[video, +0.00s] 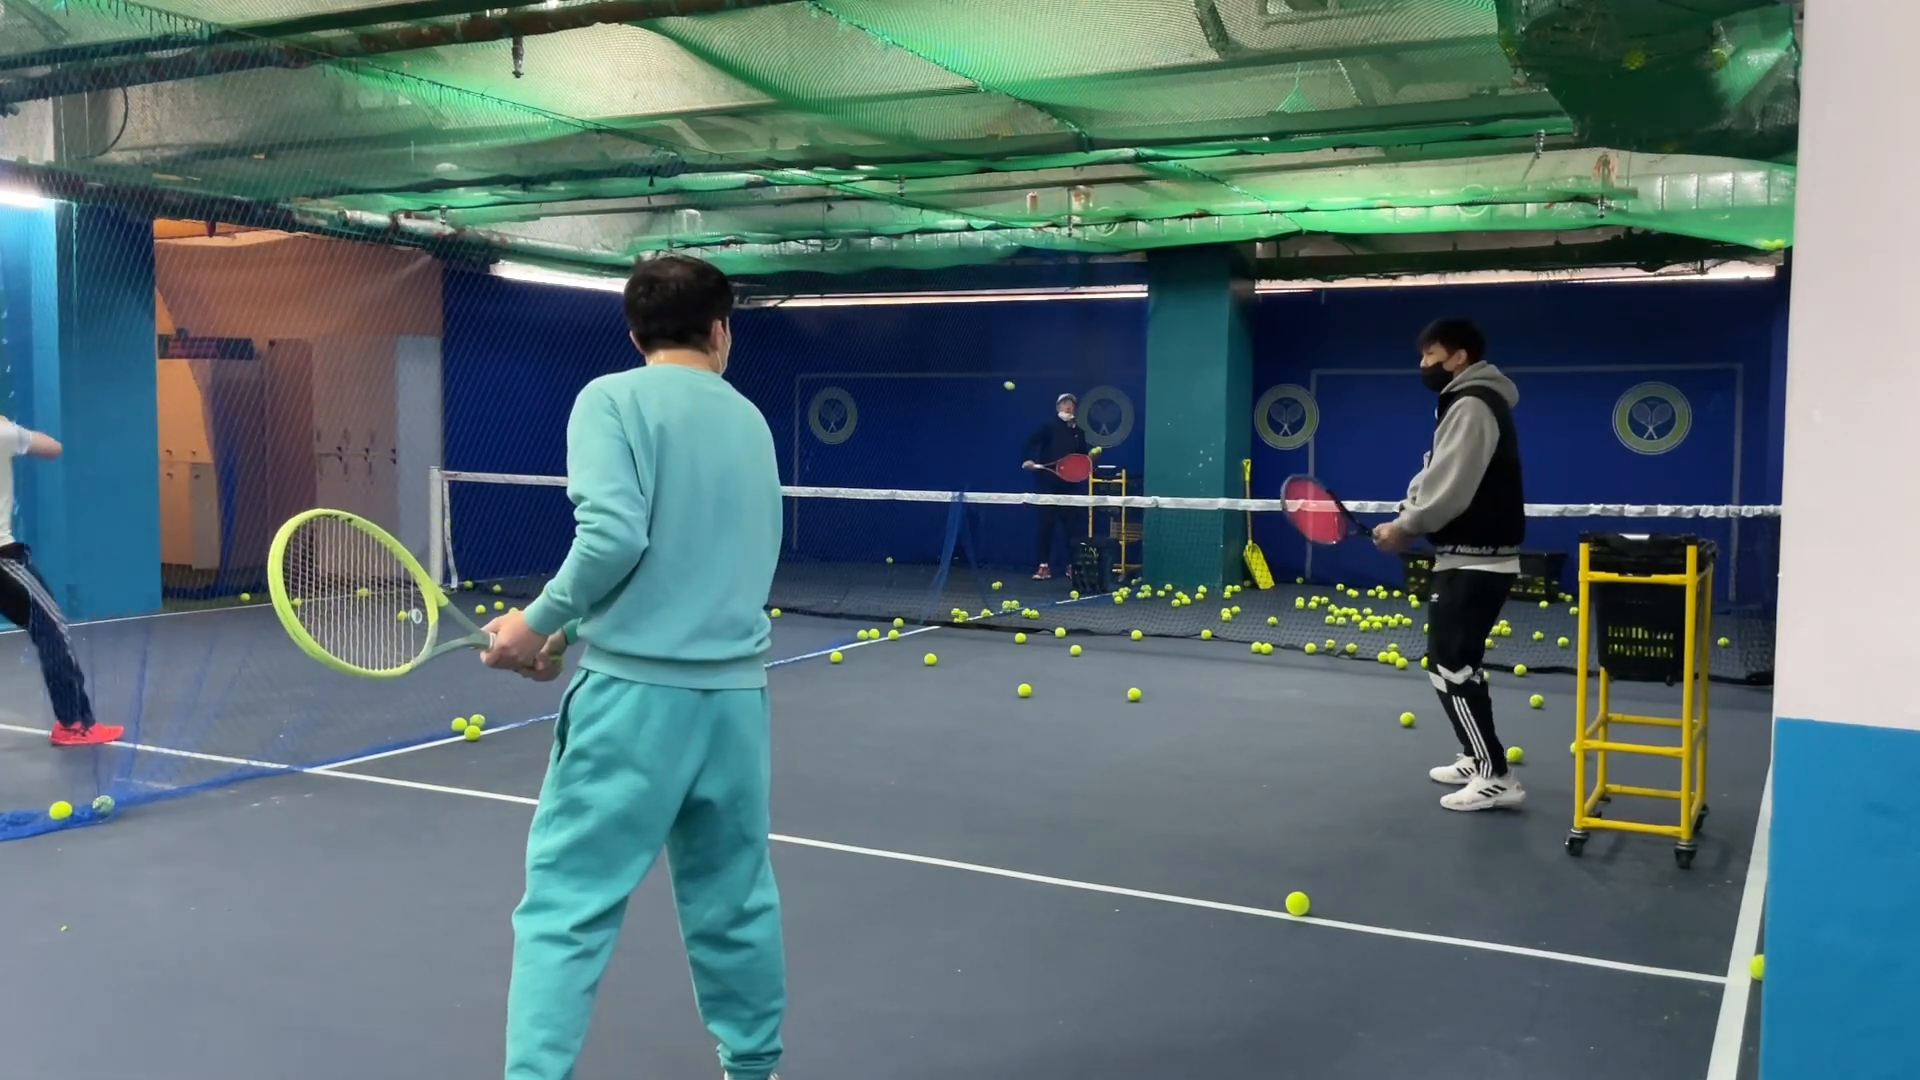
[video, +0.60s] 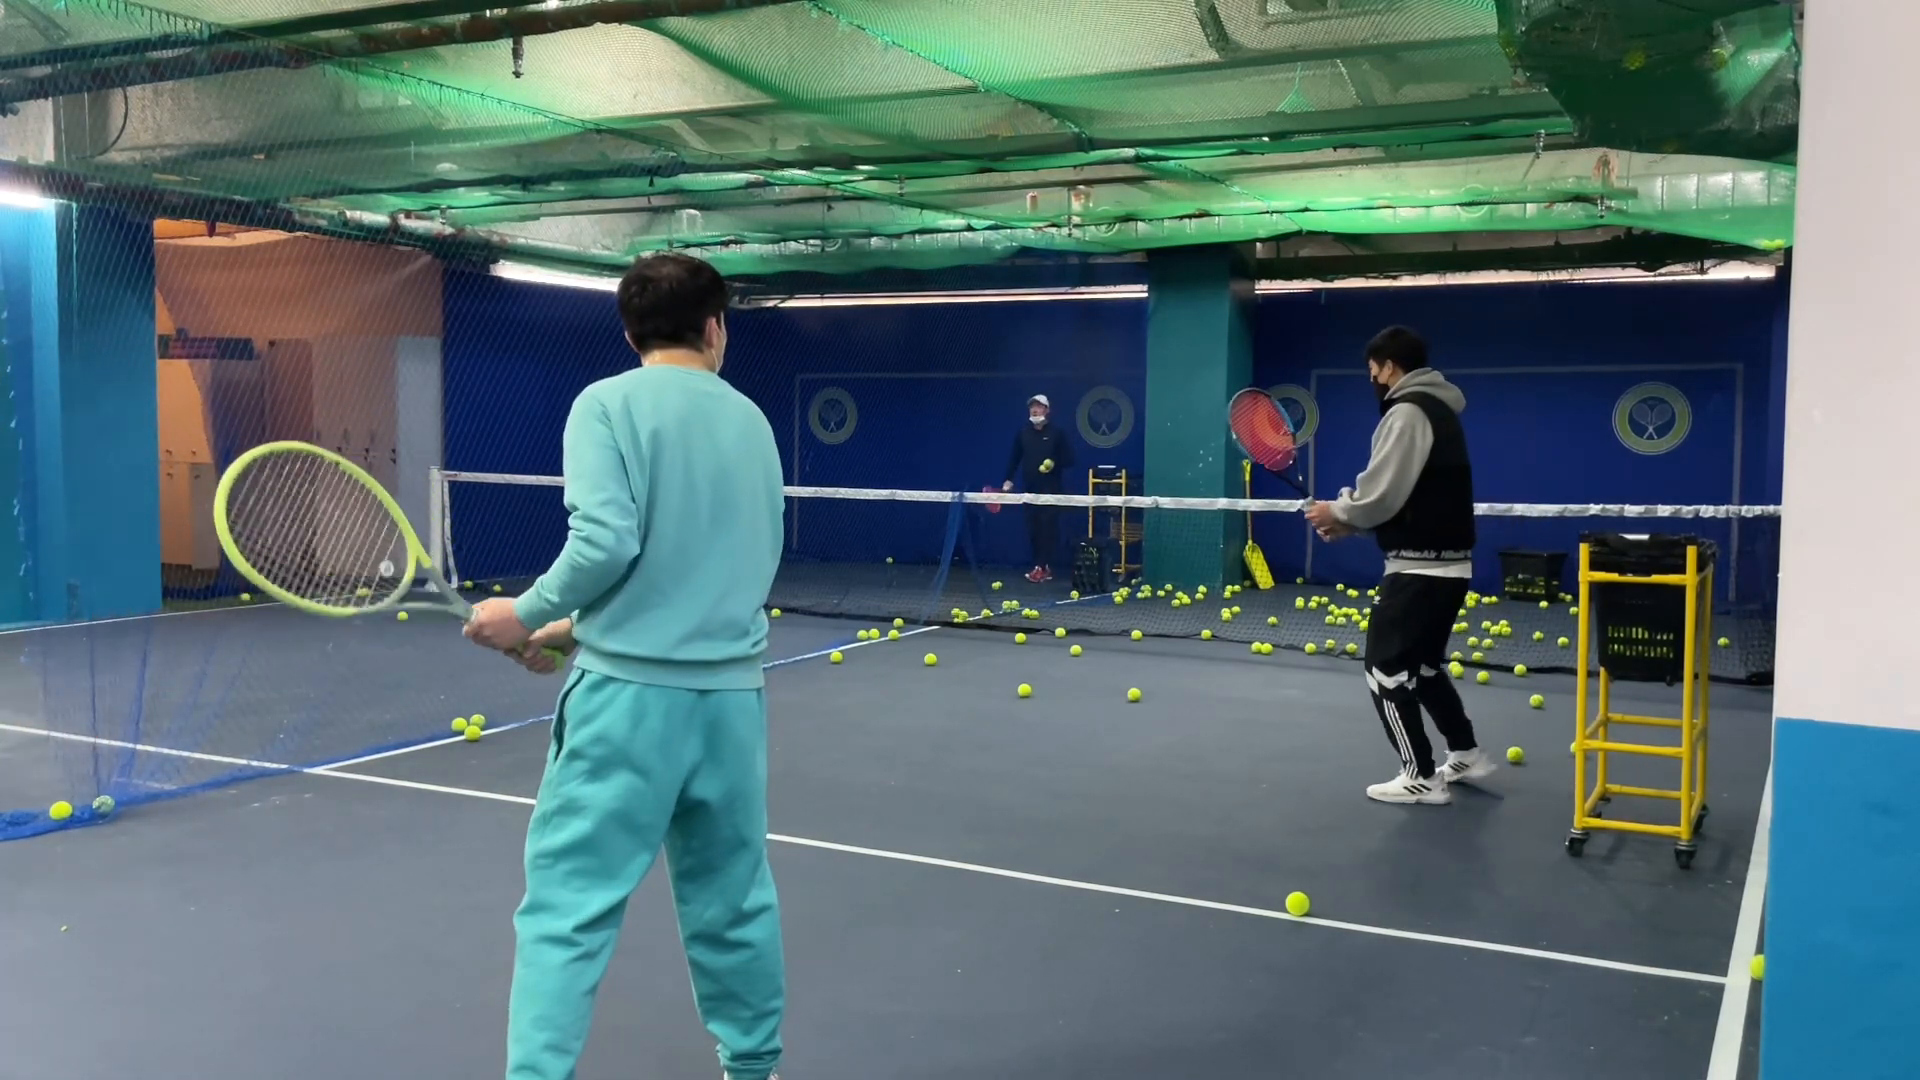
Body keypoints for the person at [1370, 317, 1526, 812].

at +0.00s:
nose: (1423, 364)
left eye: (1430, 354)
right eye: (1422, 355)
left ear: (1460, 356)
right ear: (1459, 359)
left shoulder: (1473, 408)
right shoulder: (1466, 404)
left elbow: (1450, 482)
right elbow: (1440, 474)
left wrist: (1404, 526)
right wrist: (1403, 521)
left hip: (1477, 565)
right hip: (1467, 563)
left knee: (1451, 668)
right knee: (1452, 664)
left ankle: (1494, 780)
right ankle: (1482, 759)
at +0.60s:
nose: (1374, 378)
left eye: (1374, 369)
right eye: (1373, 369)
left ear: (1390, 366)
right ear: (1414, 363)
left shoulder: (1408, 413)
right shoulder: (1437, 409)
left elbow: (1381, 492)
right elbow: (1407, 496)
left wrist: (1337, 508)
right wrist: (1352, 521)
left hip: (1418, 571)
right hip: (1448, 570)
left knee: (1386, 673)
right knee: (1425, 666)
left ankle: (1421, 778)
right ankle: (1467, 754)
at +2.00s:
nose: (1129, 405)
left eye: (1125, 395)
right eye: (1124, 398)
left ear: (1135, 383)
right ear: (1153, 380)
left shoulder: (1190, 403)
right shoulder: (1162, 421)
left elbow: (1175, 461)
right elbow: (1143, 492)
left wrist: (1111, 460)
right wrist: (1105, 486)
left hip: (1210, 553)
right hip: (1192, 553)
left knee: (1162, 655)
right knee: (1157, 649)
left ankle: (1180, 770)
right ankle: (1173, 735)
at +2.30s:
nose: (1109, 412)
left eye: (1109, 403)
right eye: (1105, 408)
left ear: (1126, 389)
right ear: (1118, 401)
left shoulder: (1184, 409)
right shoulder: (1128, 436)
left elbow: (1189, 460)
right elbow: (1110, 498)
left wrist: (1139, 450)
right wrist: (1113, 471)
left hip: (1196, 550)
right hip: (1165, 554)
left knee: (1153, 654)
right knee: (1140, 643)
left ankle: (1181, 767)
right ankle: (1169, 735)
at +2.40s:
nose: (1106, 415)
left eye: (1106, 405)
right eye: (1103, 409)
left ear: (1122, 394)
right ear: (1125, 398)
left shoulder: (1182, 413)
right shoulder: (1125, 444)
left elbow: (1196, 466)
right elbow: (1110, 498)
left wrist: (1149, 463)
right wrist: (1122, 476)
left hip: (1191, 552)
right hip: (1162, 556)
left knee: (1144, 652)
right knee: (1132, 642)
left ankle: (1179, 762)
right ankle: (1167, 734)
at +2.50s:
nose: (1110, 415)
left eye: (1111, 405)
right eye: (1108, 408)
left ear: (1129, 395)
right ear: (1131, 398)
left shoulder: (1173, 417)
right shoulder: (1137, 437)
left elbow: (1189, 482)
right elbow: (1114, 474)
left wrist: (1132, 501)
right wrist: (1104, 496)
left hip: (1183, 554)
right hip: (1160, 555)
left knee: (1135, 652)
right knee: (1133, 649)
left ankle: (1172, 751)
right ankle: (1162, 735)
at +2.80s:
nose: (1117, 393)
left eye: (1117, 386)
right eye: (1116, 387)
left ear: (1131, 380)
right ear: (1161, 374)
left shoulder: (1121, 425)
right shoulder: (1204, 415)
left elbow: (1116, 490)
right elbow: (1212, 468)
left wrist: (1142, 508)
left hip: (1149, 556)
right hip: (1198, 554)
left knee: (1134, 646)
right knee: (1174, 645)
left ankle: (1151, 729)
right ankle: (1171, 735)